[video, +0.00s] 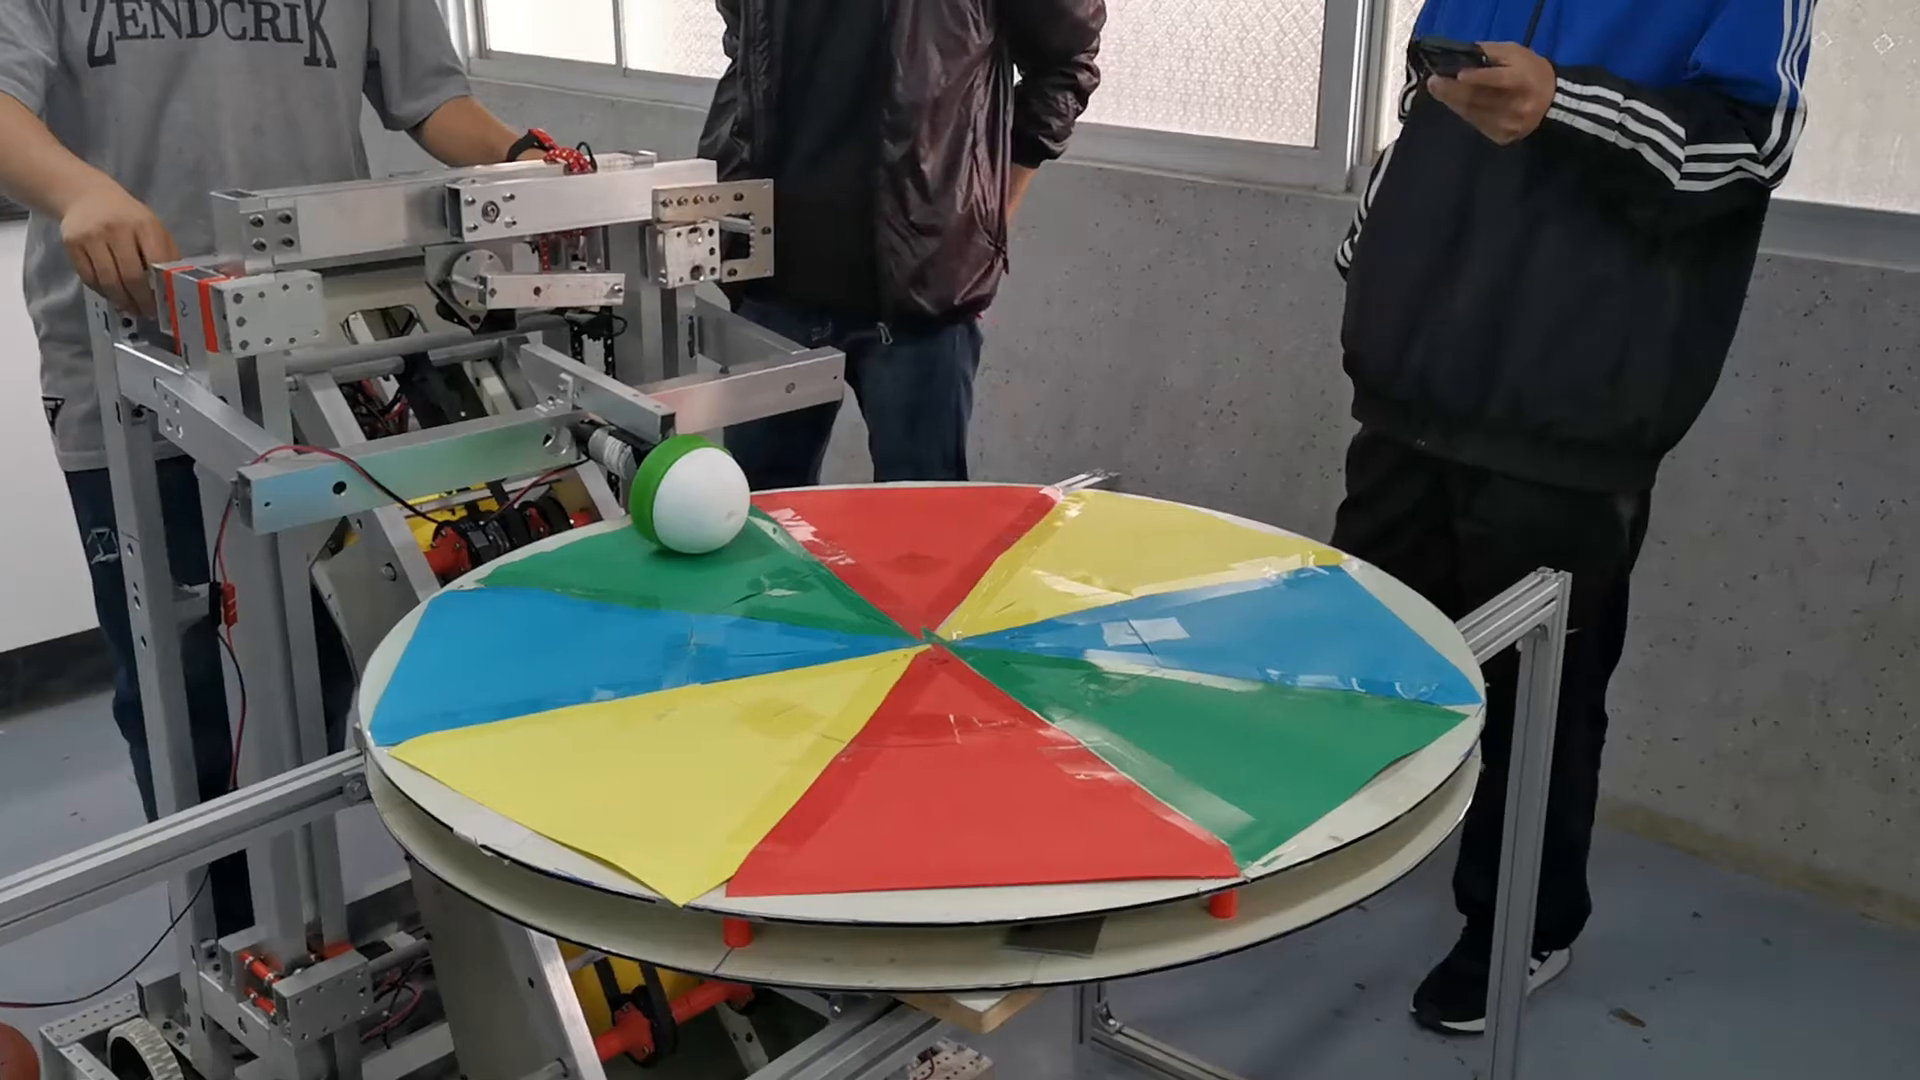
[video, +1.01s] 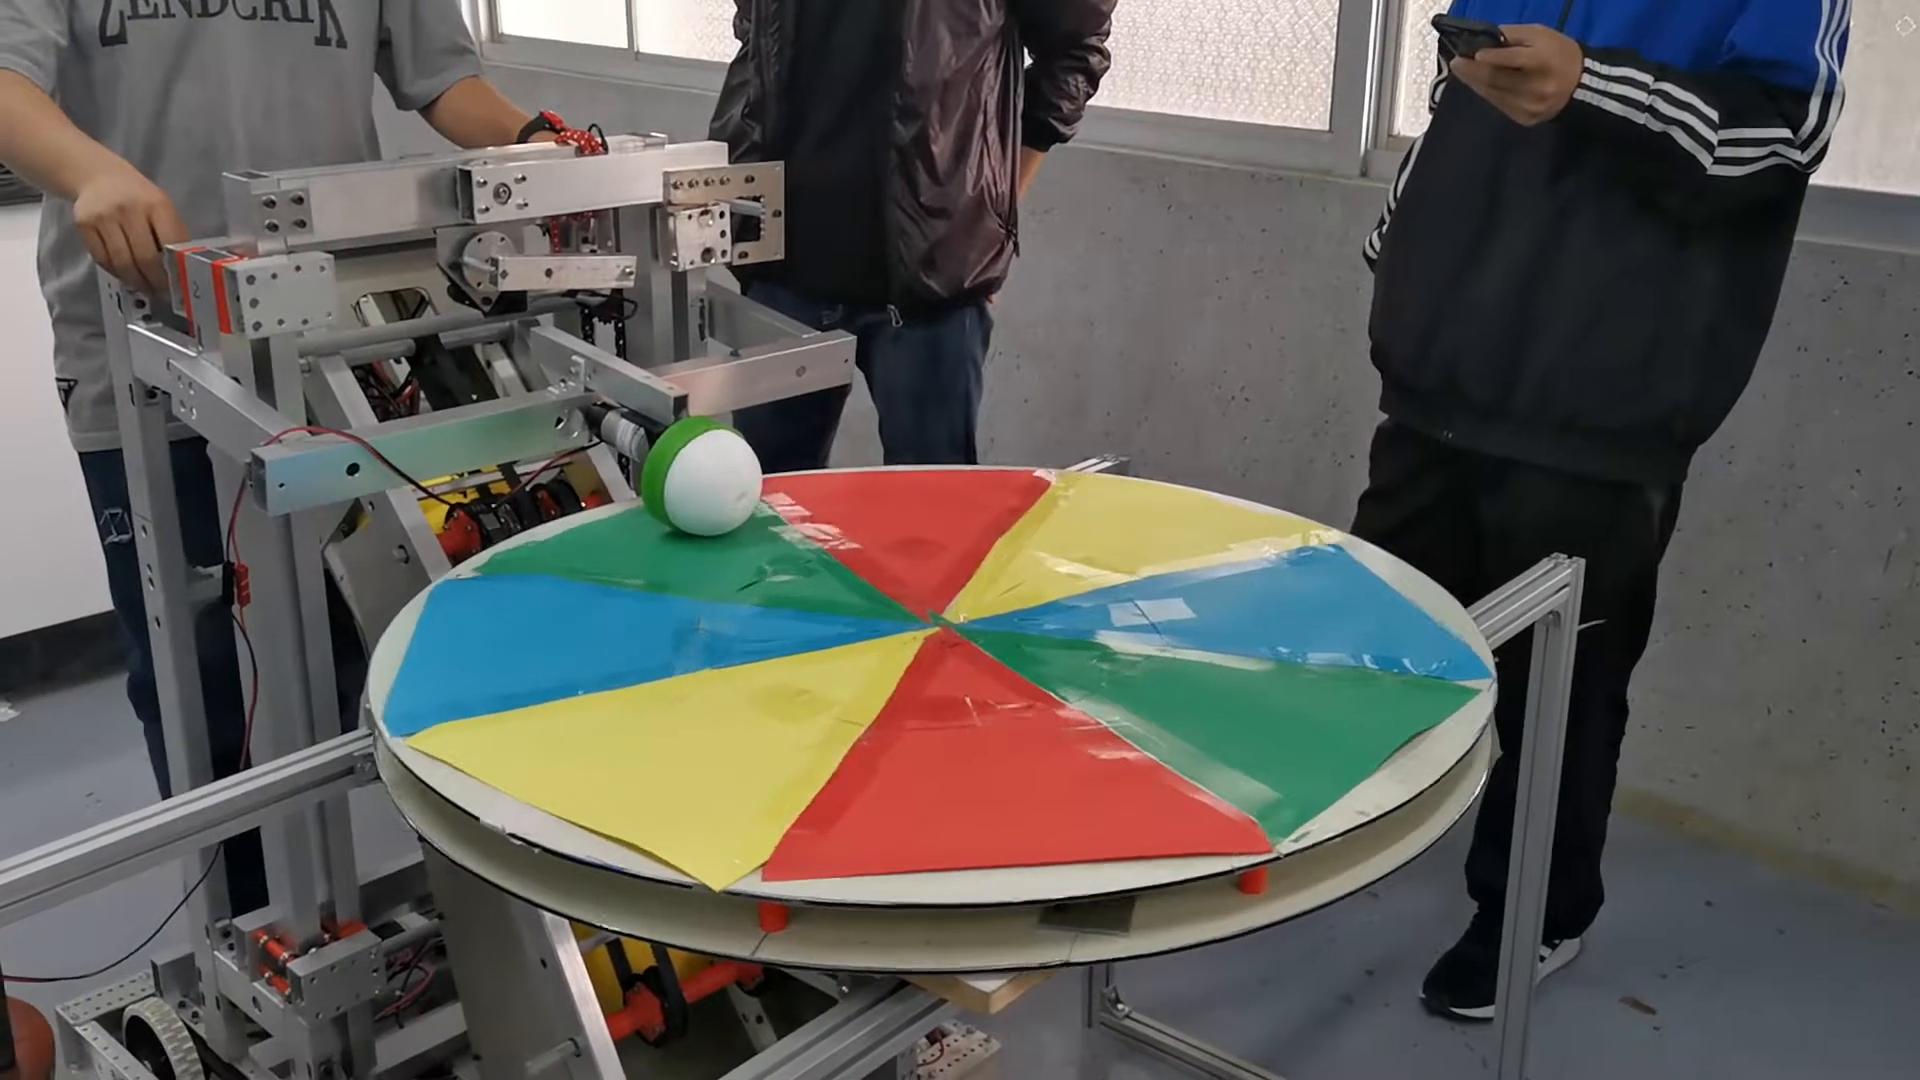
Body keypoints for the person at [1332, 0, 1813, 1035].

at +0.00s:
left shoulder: (1749, 6)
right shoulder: (1477, 4)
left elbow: (1749, 143)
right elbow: (1433, 95)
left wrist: (1557, 106)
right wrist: (1374, 249)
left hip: (1586, 378)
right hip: (1424, 338)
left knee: (1538, 678)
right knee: (1369, 634)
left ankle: (1520, 924)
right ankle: (1299, 855)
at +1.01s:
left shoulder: (1784, 7)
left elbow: (1786, 131)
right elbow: (1463, 66)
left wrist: (1586, 85)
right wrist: (1395, 241)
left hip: (1618, 371)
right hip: (1453, 331)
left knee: (1558, 671)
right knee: (1385, 625)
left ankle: (1530, 912)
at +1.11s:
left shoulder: (1784, 7)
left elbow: (1785, 132)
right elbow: (1462, 51)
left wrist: (1586, 83)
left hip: (1617, 371)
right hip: (1450, 330)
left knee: (1558, 671)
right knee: (1385, 626)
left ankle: (1531, 911)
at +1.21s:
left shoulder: (1783, 7)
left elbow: (1785, 131)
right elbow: (1465, 83)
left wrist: (1586, 84)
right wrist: (1397, 241)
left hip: (1617, 371)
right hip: (1452, 331)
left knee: (1557, 672)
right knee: (1387, 627)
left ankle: (1529, 913)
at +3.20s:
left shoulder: (1811, 7)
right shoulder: (1532, 5)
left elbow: (1805, 138)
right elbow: (1482, 86)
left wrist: (1609, 84)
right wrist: (1409, 243)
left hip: (1631, 375)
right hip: (1467, 330)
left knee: (1565, 669)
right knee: (1389, 622)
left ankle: (1524, 911)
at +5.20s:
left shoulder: (1822, 7)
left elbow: (1812, 139)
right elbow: (1493, 78)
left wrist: (1612, 81)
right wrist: (1421, 240)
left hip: (1639, 371)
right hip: (1474, 324)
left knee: (1573, 665)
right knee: (1402, 608)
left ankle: (1532, 908)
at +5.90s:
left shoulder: (1815, 9)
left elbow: (1806, 130)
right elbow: (1490, 85)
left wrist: (1606, 73)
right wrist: (1416, 245)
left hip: (1638, 369)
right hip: (1474, 323)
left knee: (1576, 661)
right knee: (1405, 612)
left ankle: (1536, 901)